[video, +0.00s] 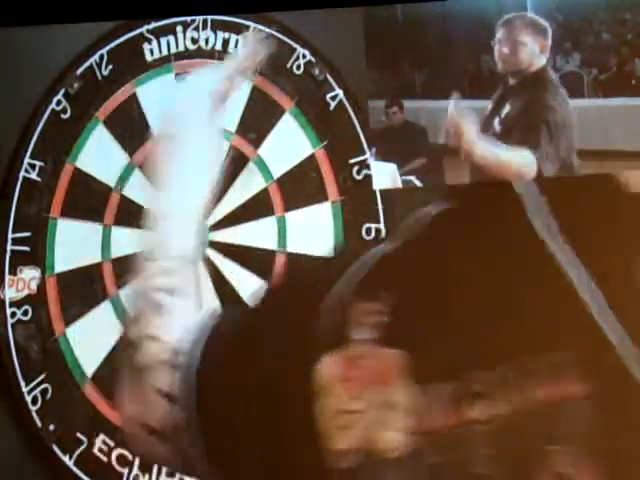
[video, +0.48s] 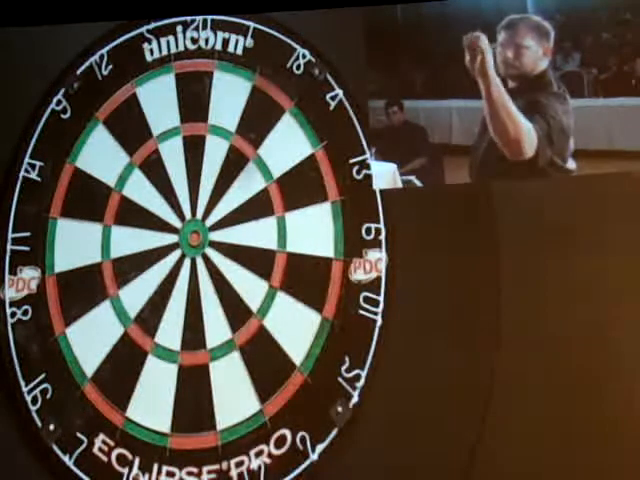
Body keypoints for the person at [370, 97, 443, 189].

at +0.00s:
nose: (391, 117)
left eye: (394, 113)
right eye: (388, 114)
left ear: (403, 112)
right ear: (385, 116)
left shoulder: (418, 131)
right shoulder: (383, 132)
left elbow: (422, 159)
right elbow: (379, 155)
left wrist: (399, 173)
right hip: (388, 178)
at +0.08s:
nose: (391, 117)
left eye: (394, 113)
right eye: (388, 114)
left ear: (403, 112)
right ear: (385, 116)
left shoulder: (418, 131)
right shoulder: (385, 132)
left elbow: (422, 159)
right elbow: (379, 155)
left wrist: (398, 173)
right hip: (390, 178)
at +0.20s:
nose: (391, 118)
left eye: (394, 113)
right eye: (388, 115)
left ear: (402, 113)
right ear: (386, 117)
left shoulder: (418, 131)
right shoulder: (383, 133)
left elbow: (423, 158)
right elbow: (379, 155)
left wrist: (399, 173)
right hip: (389, 180)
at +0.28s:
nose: (391, 117)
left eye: (394, 113)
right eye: (388, 114)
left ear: (402, 113)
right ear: (386, 116)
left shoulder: (417, 130)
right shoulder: (384, 132)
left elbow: (423, 159)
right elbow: (378, 154)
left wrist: (399, 173)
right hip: (389, 178)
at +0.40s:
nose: (391, 117)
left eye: (394, 113)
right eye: (388, 114)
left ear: (402, 113)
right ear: (386, 116)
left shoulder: (417, 131)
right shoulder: (384, 132)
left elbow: (423, 159)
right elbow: (379, 154)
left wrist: (399, 172)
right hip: (389, 178)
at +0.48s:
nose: (391, 117)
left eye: (394, 113)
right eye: (388, 114)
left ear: (402, 113)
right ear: (386, 116)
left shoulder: (417, 130)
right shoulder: (384, 132)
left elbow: (423, 159)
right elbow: (378, 154)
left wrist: (399, 172)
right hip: (389, 178)